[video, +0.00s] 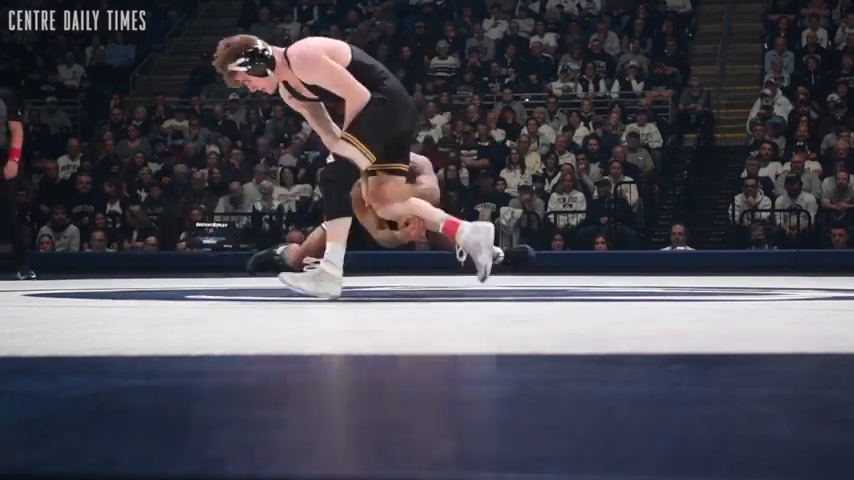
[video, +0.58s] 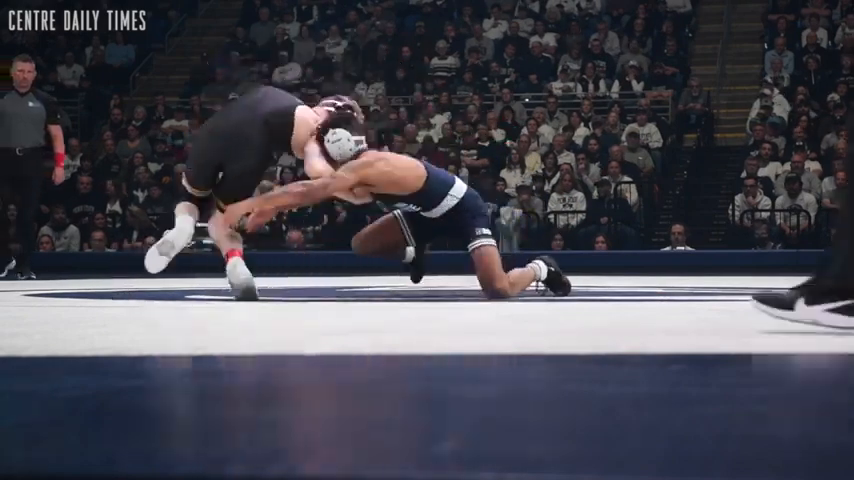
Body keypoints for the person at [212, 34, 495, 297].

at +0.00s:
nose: (252, 89)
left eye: (247, 81)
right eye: (245, 86)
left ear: (260, 61)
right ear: (252, 72)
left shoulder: (304, 57)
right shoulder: (288, 91)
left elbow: (360, 96)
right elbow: (326, 131)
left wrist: (343, 140)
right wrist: (348, 158)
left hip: (386, 106)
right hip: (386, 111)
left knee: (334, 175)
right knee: (388, 200)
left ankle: (329, 274)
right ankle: (467, 234)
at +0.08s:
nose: (238, 99)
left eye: (232, 92)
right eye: (231, 95)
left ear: (241, 77)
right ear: (247, 69)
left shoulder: (270, 75)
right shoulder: (276, 71)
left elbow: (316, 120)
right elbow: (320, 119)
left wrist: (305, 155)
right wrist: (308, 155)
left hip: (361, 123)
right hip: (370, 122)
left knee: (303, 193)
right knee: (338, 216)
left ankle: (324, 280)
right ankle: (420, 199)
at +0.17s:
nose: (254, 109)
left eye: (237, 95)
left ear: (241, 79)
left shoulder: (247, 76)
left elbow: (248, 111)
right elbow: (354, 158)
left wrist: (258, 169)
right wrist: (376, 207)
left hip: (331, 122)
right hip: (353, 123)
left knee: (284, 202)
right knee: (307, 206)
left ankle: (321, 280)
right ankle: (362, 240)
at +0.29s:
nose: (244, 89)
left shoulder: (251, 70)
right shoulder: (327, 104)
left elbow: (218, 68)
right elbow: (370, 146)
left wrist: (218, 111)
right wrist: (370, 197)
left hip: (284, 111)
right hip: (321, 125)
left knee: (254, 199)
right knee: (287, 198)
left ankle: (310, 269)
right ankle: (321, 248)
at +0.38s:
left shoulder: (251, 73)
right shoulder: (324, 105)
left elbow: (219, 58)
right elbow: (366, 147)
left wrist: (208, 101)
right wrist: (387, 192)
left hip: (259, 105)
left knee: (237, 202)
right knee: (274, 197)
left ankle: (280, 266)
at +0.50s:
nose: (337, 129)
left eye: (342, 124)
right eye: (340, 122)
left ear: (319, 95)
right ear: (335, 111)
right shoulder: (325, 114)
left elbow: (208, 111)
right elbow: (336, 147)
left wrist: (209, 162)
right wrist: (365, 184)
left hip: (229, 128)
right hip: (265, 135)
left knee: (215, 208)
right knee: (244, 211)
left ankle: (231, 234)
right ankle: (245, 280)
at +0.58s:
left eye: (325, 105)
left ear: (324, 109)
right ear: (331, 129)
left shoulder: (275, 100)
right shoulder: (311, 136)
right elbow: (317, 170)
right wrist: (350, 192)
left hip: (213, 134)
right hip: (250, 150)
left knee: (192, 193)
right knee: (224, 219)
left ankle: (183, 228)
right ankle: (235, 260)